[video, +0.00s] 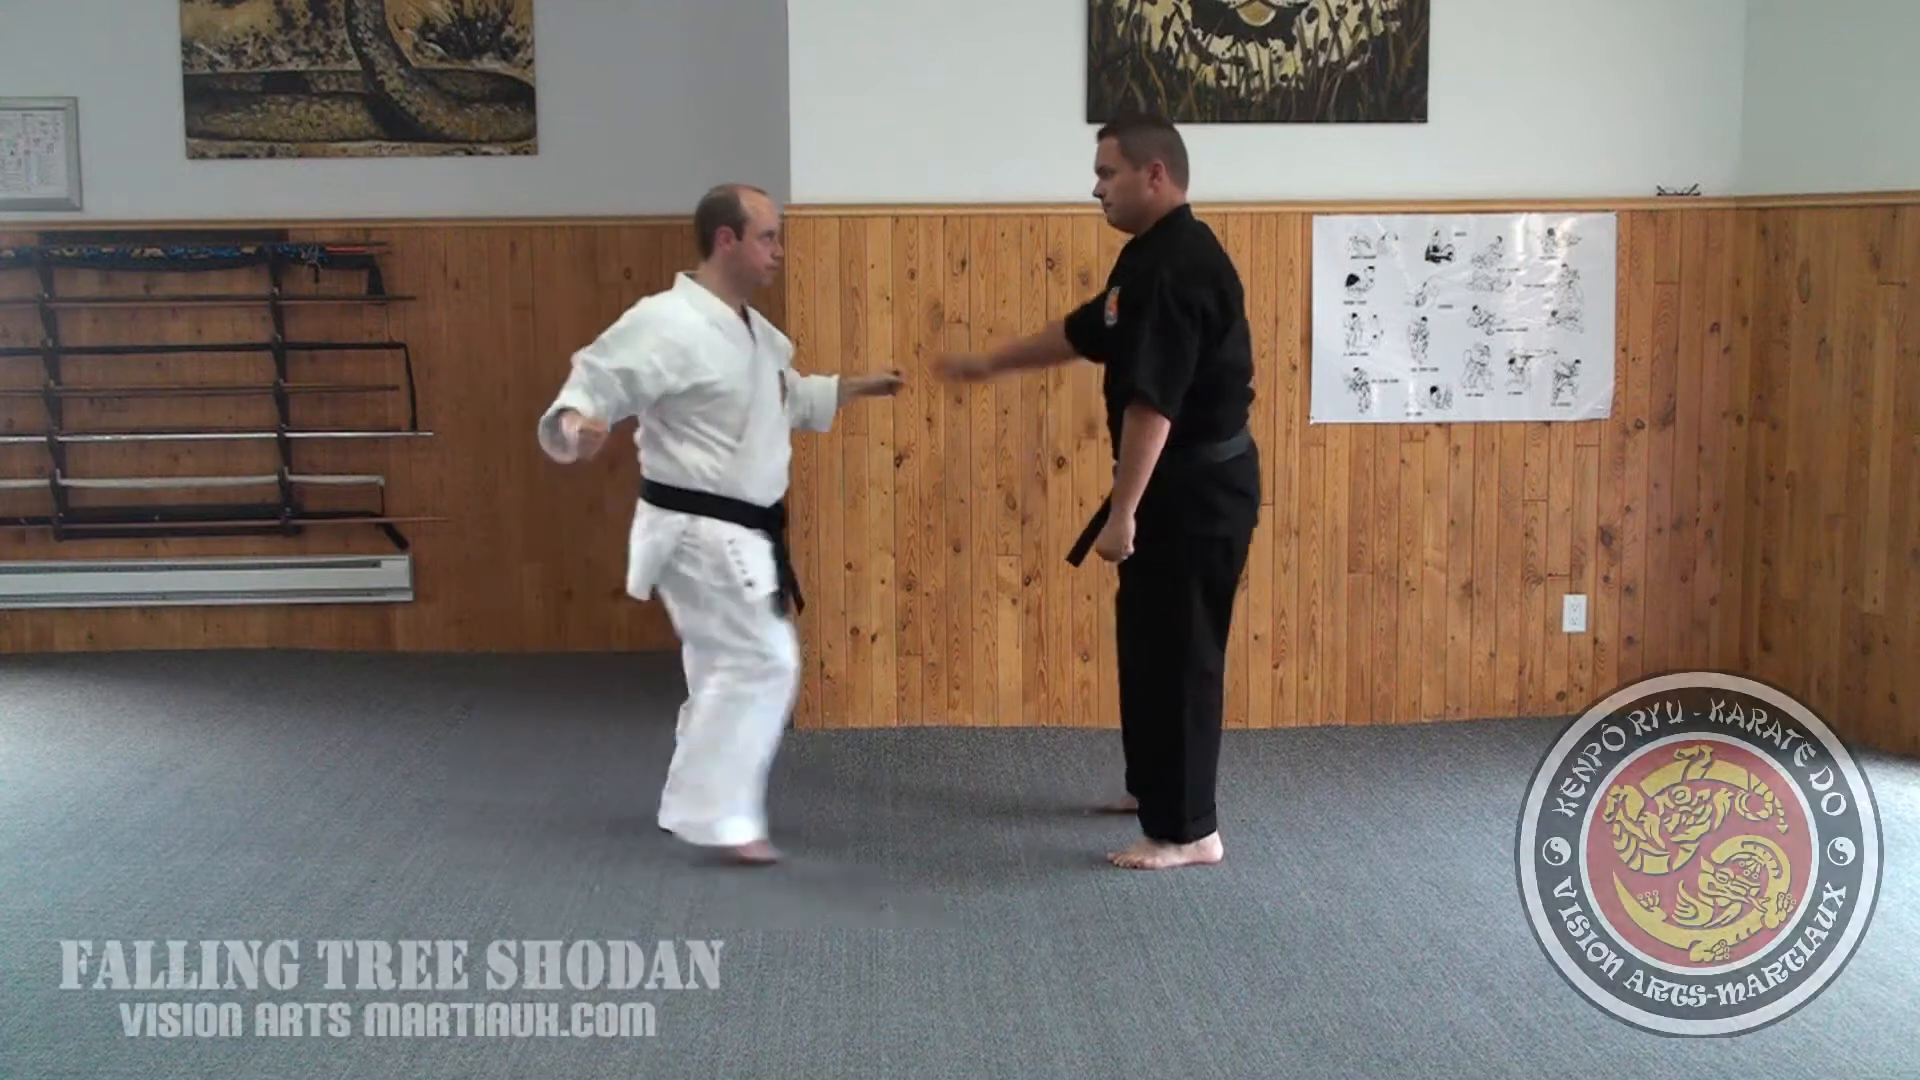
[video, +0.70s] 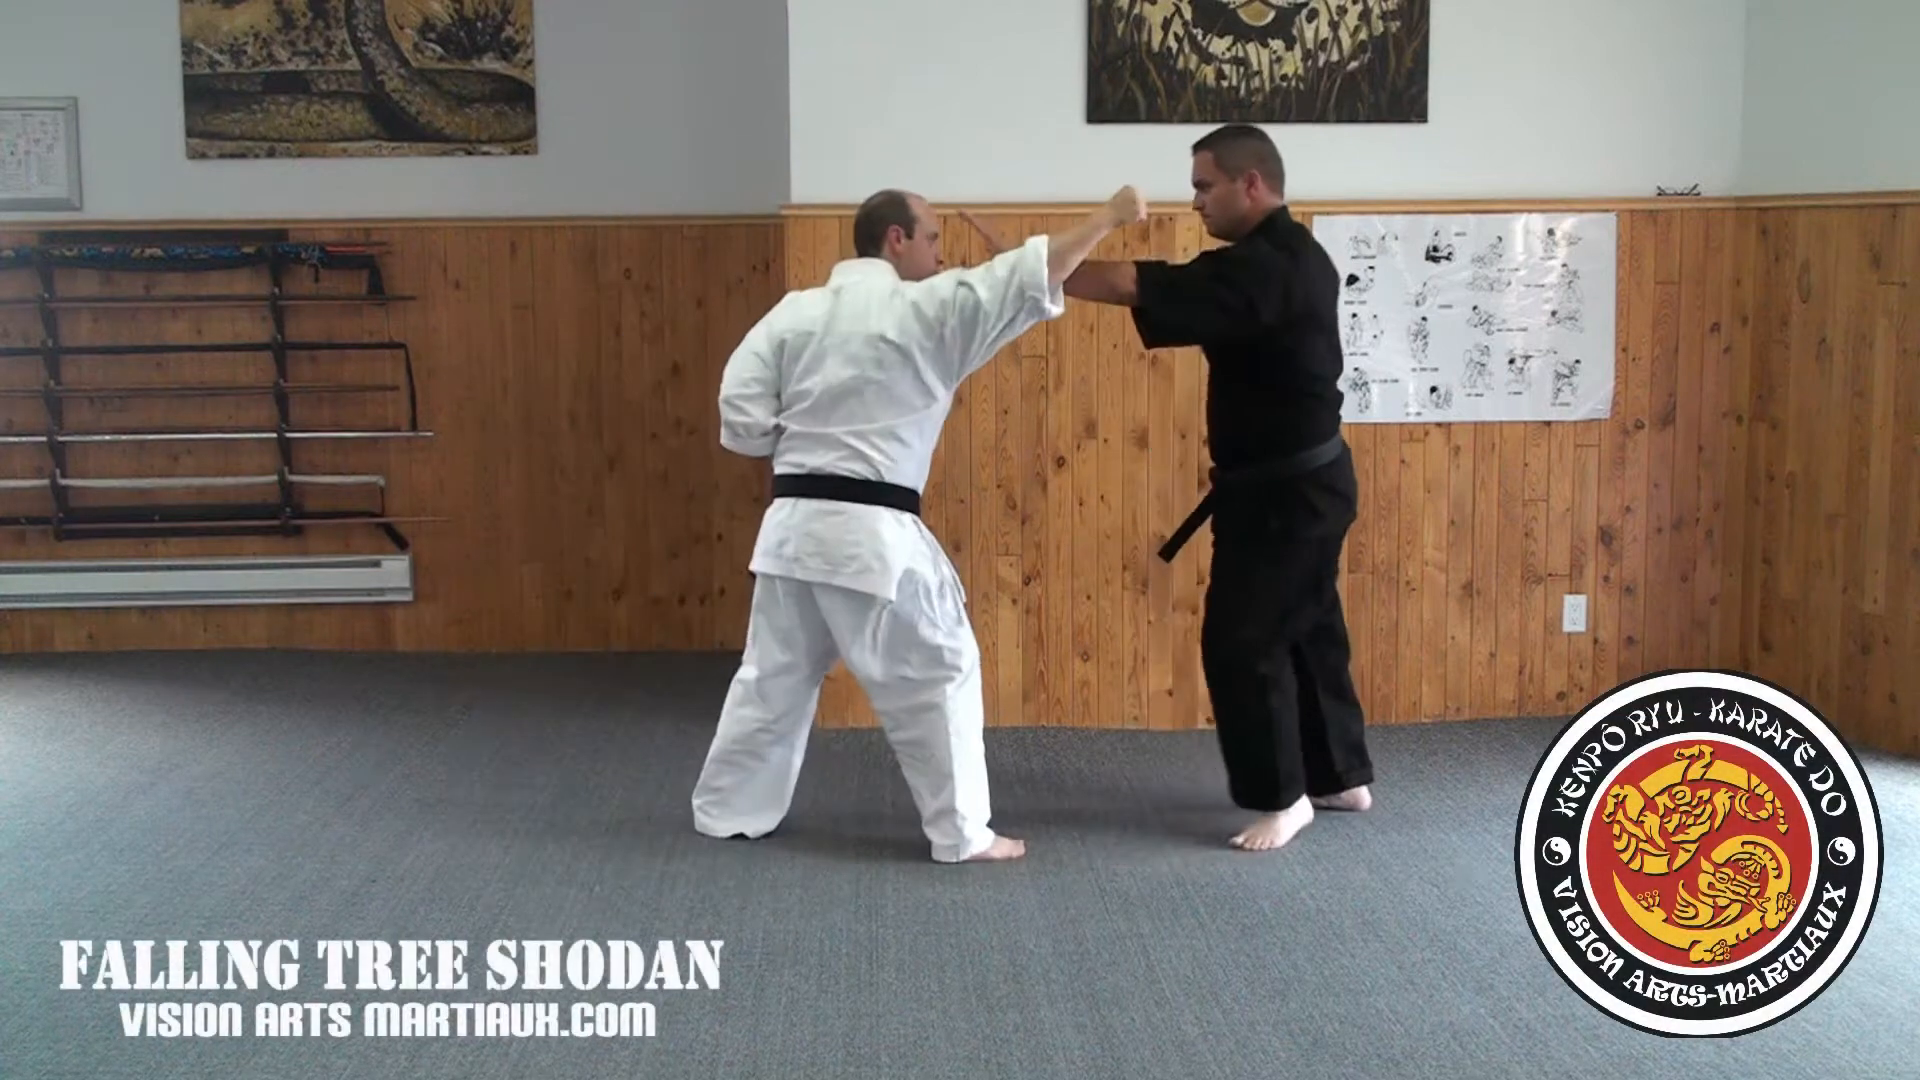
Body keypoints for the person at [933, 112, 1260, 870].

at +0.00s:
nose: (1097, 188)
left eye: (1107, 172)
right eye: (1097, 173)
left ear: (1156, 175)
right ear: (1153, 178)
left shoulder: (1176, 265)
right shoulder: (1153, 253)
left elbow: (1153, 404)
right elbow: (1083, 333)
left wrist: (1123, 509)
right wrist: (987, 362)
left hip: (1195, 484)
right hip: (1171, 480)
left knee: (1179, 656)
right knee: (1150, 643)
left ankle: (1189, 831)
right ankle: (1157, 786)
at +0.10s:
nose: (1106, 192)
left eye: (1115, 178)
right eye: (1106, 177)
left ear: (1163, 178)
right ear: (1164, 179)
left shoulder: (1184, 269)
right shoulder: (1170, 255)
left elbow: (1145, 406)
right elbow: (1071, 293)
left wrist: (1108, 507)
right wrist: (963, 293)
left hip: (1204, 488)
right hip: (1202, 480)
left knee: (1170, 653)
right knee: (1189, 638)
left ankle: (1186, 832)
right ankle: (1211, 774)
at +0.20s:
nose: (1121, 197)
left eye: (1130, 182)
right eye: (1121, 182)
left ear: (1178, 182)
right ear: (1177, 184)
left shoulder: (1207, 269)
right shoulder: (1178, 253)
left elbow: (1137, 394)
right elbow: (1067, 269)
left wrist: (1077, 474)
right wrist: (956, 233)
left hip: (1224, 492)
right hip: (1210, 485)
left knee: (1173, 649)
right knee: (1217, 631)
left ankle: (1186, 832)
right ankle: (1273, 763)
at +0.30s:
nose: (1140, 204)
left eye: (1149, 189)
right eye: (1139, 191)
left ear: (1200, 188)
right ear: (1198, 191)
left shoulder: (1225, 267)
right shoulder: (1190, 256)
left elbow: (1134, 356)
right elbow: (1079, 257)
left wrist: (1056, 396)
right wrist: (987, 208)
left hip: (1242, 495)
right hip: (1220, 489)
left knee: (1183, 645)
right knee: (1245, 628)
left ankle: (1190, 829)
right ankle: (1321, 760)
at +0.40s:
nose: (1159, 208)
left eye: (1169, 194)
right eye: (1159, 195)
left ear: (1217, 193)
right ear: (1218, 194)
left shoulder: (1233, 270)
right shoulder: (1223, 249)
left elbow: (1118, 322)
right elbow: (1110, 270)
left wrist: (1029, 299)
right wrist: (1058, 232)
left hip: (1255, 496)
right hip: (1260, 487)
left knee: (1202, 647)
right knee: (1277, 630)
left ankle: (1195, 828)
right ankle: (1337, 773)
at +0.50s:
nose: (1174, 207)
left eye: (1184, 194)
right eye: (1173, 194)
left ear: (1232, 193)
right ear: (1234, 194)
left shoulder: (1242, 269)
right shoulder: (1252, 250)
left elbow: (1134, 298)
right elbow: (1168, 280)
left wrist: (1046, 268)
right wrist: (1140, 254)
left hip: (1273, 493)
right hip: (1277, 484)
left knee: (1220, 645)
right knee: (1294, 633)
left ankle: (1202, 823)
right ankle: (1339, 779)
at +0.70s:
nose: (1195, 202)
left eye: (1205, 187)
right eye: (1195, 188)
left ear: (1252, 185)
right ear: (1258, 187)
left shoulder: (1254, 268)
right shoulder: (1301, 254)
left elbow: (1137, 285)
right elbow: (1286, 380)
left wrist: (1032, 273)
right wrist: (1241, 460)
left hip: (1276, 488)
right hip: (1312, 476)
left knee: (1237, 641)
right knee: (1310, 625)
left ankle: (1283, 801)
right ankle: (1344, 775)